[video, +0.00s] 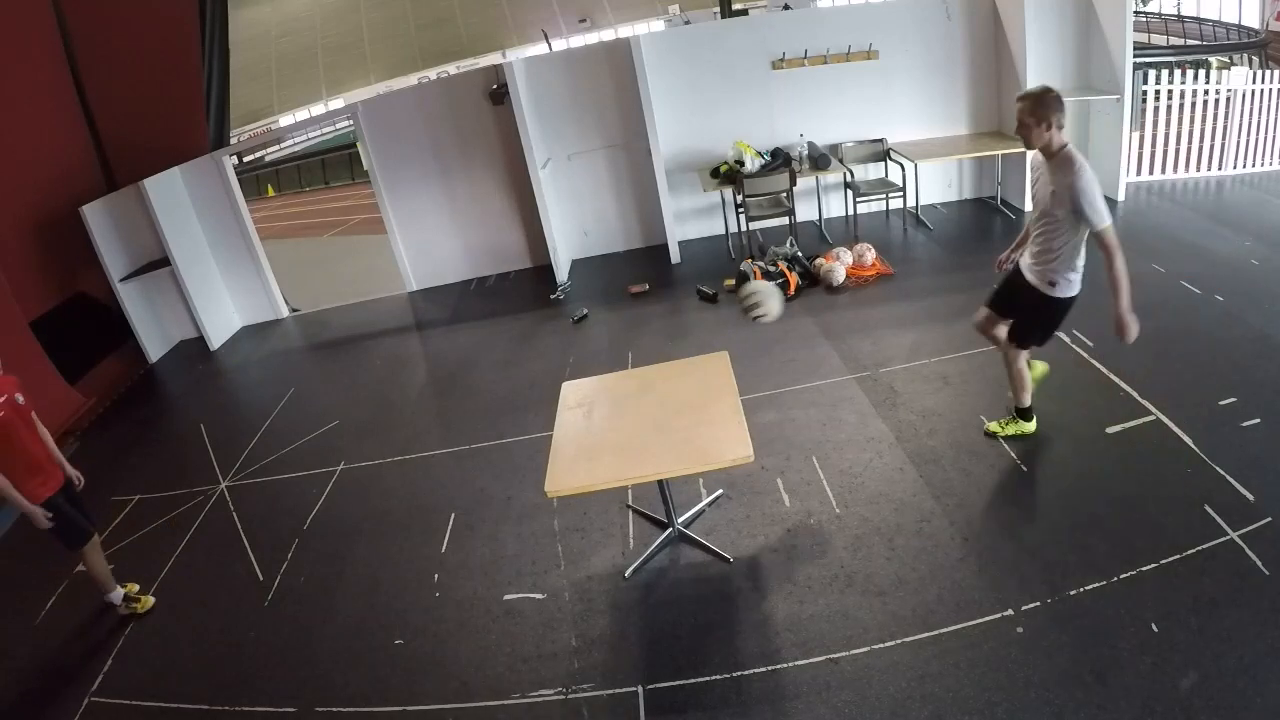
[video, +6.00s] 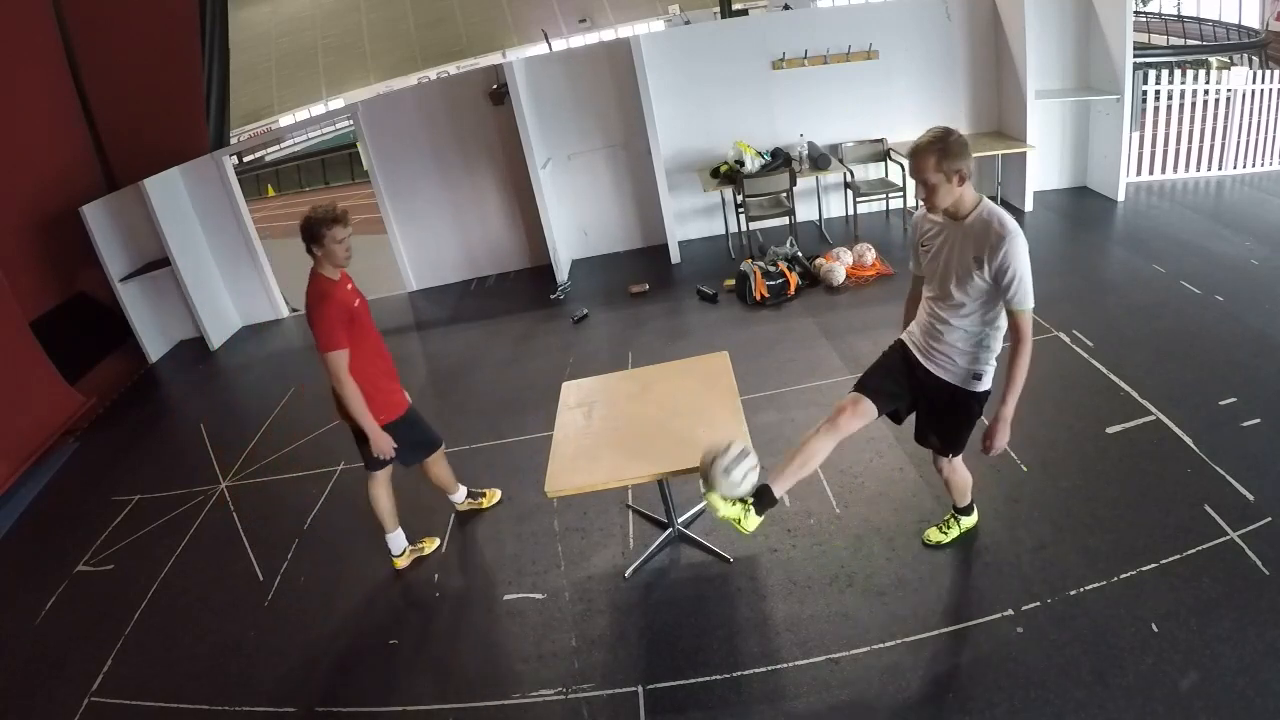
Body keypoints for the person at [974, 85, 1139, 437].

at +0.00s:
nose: (1018, 132)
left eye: (1024, 125)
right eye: (1018, 124)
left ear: (1049, 127)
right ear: (1042, 128)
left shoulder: (1078, 175)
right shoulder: (1039, 161)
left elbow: (1110, 245)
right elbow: (1040, 217)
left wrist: (1124, 310)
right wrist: (1014, 250)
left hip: (1055, 285)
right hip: (1028, 267)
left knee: (1013, 348)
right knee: (986, 323)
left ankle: (1024, 417)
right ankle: (1029, 367)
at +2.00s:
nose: (857, 137)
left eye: (861, 128)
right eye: (856, 128)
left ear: (888, 125)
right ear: (887, 125)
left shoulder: (919, 180)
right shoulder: (880, 162)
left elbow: (927, 256)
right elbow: (880, 227)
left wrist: (895, 312)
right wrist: (852, 256)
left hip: (888, 292)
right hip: (857, 270)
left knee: (885, 371)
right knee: (793, 309)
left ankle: (904, 438)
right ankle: (844, 350)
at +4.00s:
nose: (910, 143)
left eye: (918, 137)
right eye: (909, 135)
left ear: (947, 141)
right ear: (921, 139)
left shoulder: (984, 194)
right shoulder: (923, 184)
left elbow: (1003, 271)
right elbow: (920, 243)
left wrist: (961, 321)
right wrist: (905, 301)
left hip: (980, 314)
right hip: (942, 303)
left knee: (968, 404)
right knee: (942, 369)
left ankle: (982, 486)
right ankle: (951, 426)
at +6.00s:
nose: (920, 193)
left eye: (926, 184)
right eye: (917, 182)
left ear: (960, 178)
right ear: (918, 176)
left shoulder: (1004, 238)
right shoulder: (925, 222)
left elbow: (1022, 337)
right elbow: (916, 291)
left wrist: (1004, 418)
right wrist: (906, 346)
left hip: (963, 376)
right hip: (915, 350)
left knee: (946, 459)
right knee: (846, 414)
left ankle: (965, 515)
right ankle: (756, 505)